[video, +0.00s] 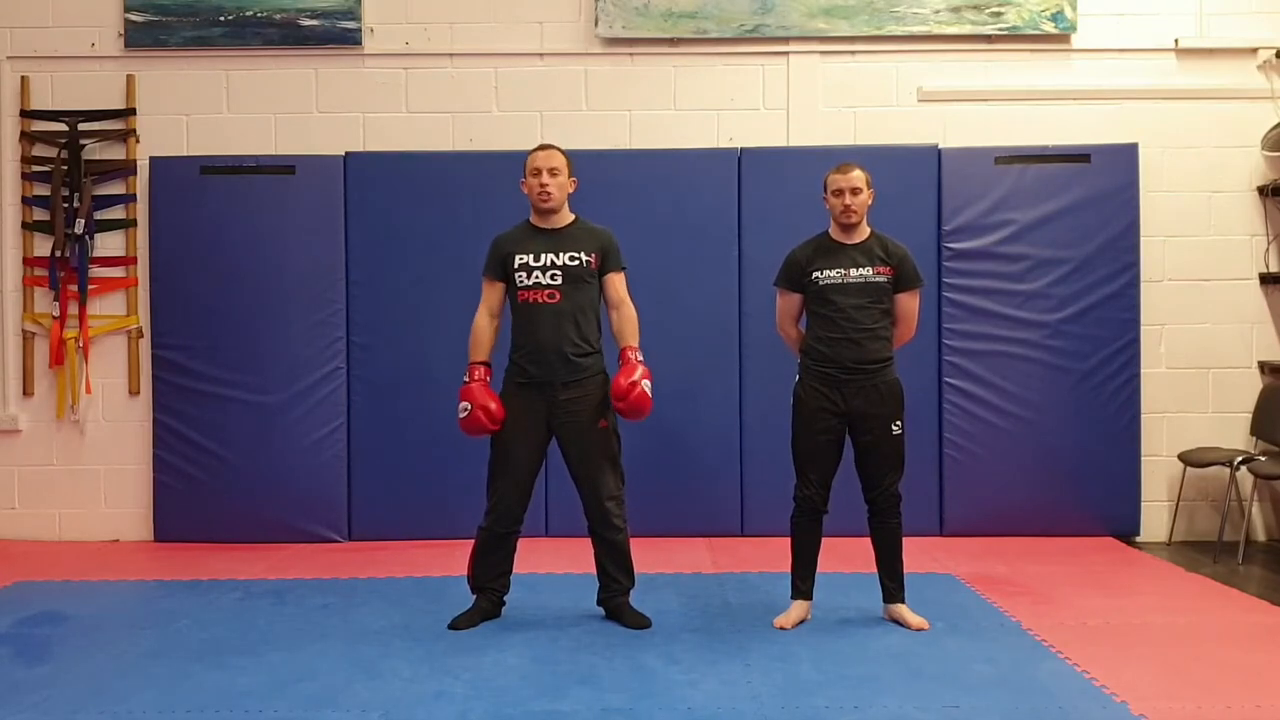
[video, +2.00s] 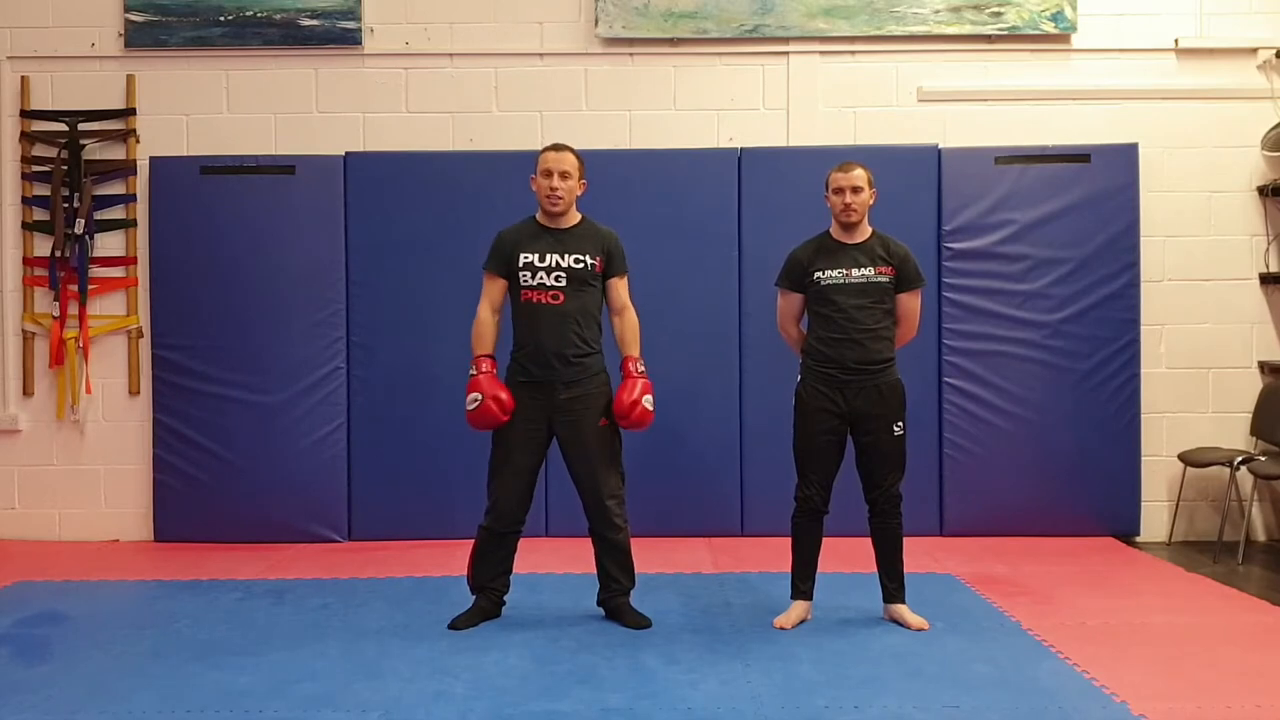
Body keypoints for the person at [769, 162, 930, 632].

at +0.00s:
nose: (847, 200)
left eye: (855, 191)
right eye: (838, 193)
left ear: (870, 197)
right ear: (826, 200)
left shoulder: (895, 257)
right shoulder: (803, 258)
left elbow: (906, 329)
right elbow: (786, 326)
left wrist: (864, 353)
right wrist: (821, 357)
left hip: (877, 391)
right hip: (818, 392)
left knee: (885, 498)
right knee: (809, 497)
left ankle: (894, 601)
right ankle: (801, 598)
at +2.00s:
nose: (847, 199)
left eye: (855, 190)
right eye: (838, 191)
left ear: (872, 196)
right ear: (827, 198)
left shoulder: (897, 256)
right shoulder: (805, 258)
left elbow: (908, 327)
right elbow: (787, 325)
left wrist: (866, 353)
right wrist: (822, 357)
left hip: (879, 392)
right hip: (820, 392)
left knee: (886, 499)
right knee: (810, 497)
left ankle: (894, 601)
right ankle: (801, 599)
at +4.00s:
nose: (835, 202)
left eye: (845, 194)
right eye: (831, 194)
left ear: (871, 199)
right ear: (828, 199)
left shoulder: (900, 255)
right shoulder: (812, 259)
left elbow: (923, 322)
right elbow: (807, 325)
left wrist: (908, 376)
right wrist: (805, 376)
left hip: (884, 390)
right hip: (824, 391)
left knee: (888, 500)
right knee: (810, 496)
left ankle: (892, 600)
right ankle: (799, 597)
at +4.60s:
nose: (838, 210)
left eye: (846, 201)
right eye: (836, 201)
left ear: (875, 201)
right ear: (853, 202)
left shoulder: (901, 251)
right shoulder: (840, 254)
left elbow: (906, 320)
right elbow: (827, 327)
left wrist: (865, 338)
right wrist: (820, 308)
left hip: (884, 382)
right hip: (840, 381)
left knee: (884, 490)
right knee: (836, 488)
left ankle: (892, 602)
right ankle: (857, 590)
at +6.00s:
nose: (822, 233)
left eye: (824, 223)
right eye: (819, 225)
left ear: (849, 212)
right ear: (842, 215)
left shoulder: (889, 264)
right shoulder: (845, 266)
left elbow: (895, 337)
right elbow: (843, 326)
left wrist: (840, 372)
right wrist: (812, 297)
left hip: (881, 389)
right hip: (849, 389)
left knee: (881, 495)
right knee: (833, 482)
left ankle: (910, 611)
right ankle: (866, 579)